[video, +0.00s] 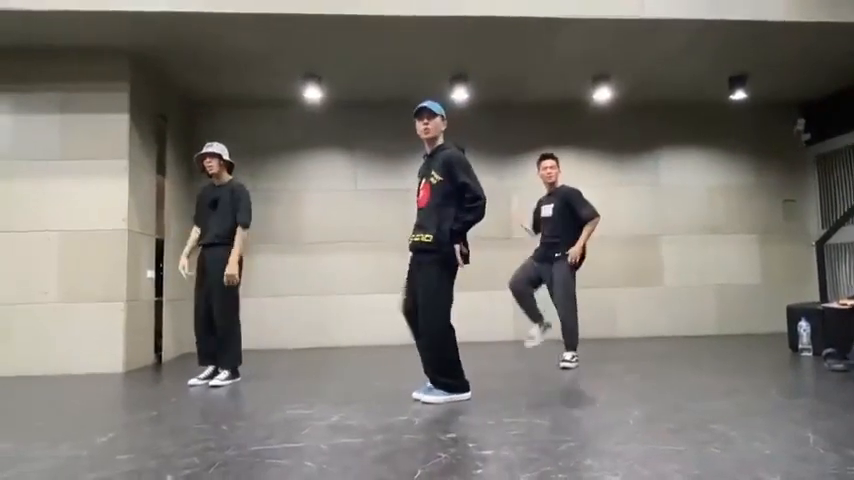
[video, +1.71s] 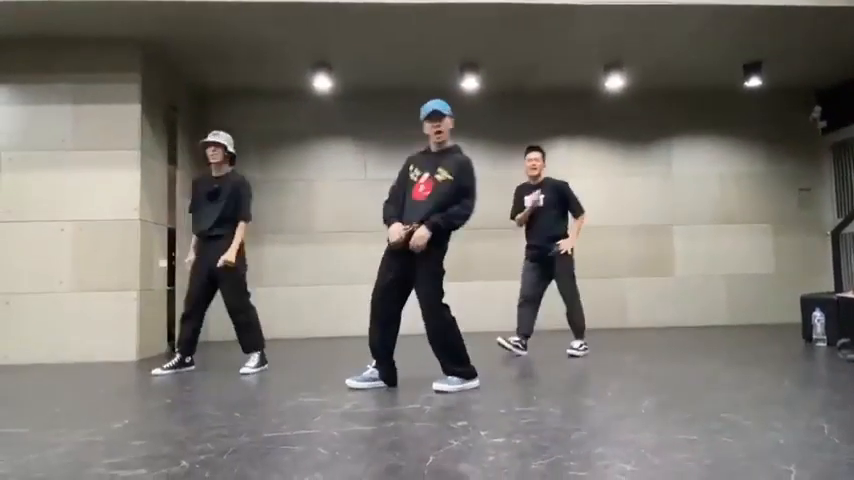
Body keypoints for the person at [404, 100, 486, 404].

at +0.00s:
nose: (425, 123)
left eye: (431, 118)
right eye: (420, 119)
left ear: (444, 123)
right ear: (416, 126)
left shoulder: (451, 157)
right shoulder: (427, 163)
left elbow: (477, 202)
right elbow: (437, 205)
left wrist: (456, 233)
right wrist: (452, 237)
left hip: (440, 253)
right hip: (422, 252)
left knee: (433, 317)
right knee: (412, 310)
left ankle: (454, 384)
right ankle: (439, 380)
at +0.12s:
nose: (425, 120)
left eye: (431, 115)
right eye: (421, 116)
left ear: (444, 120)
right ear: (417, 123)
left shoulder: (452, 156)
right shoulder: (426, 163)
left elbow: (467, 203)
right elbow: (430, 206)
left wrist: (443, 236)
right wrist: (419, 237)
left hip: (438, 250)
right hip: (418, 247)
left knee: (439, 319)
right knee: (390, 289)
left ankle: (455, 384)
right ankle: (425, 343)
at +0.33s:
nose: (423, 117)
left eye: (429, 112)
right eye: (419, 114)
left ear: (442, 118)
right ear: (415, 122)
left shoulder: (449, 152)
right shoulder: (425, 159)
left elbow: (449, 196)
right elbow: (426, 202)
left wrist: (411, 215)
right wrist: (411, 228)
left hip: (436, 247)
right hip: (415, 242)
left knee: (434, 313)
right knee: (377, 277)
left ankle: (457, 382)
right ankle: (410, 326)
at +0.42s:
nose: (421, 118)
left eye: (427, 113)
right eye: (416, 114)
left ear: (439, 118)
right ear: (412, 122)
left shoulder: (447, 151)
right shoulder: (423, 158)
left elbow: (445, 197)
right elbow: (420, 208)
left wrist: (404, 209)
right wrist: (400, 243)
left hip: (434, 250)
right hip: (413, 248)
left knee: (438, 316)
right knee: (385, 305)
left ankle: (458, 381)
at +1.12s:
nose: (381, 122)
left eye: (387, 117)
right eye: (380, 118)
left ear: (404, 121)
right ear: (395, 124)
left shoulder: (399, 145)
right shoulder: (401, 146)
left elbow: (410, 186)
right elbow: (407, 189)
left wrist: (390, 223)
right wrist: (387, 226)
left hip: (410, 242)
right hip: (401, 242)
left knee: (420, 307)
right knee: (390, 306)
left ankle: (460, 373)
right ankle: (384, 374)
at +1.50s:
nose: (398, 127)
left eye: (404, 122)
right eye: (395, 123)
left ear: (419, 125)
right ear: (394, 128)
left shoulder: (426, 152)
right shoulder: (409, 156)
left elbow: (426, 202)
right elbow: (400, 199)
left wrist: (396, 234)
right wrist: (387, 230)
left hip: (414, 246)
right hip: (394, 244)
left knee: (414, 308)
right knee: (372, 303)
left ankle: (461, 372)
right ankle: (381, 371)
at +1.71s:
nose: (436, 125)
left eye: (441, 119)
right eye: (430, 120)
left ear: (451, 122)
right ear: (424, 126)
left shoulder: (460, 162)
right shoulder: (414, 160)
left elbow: (464, 207)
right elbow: (394, 196)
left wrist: (430, 226)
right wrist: (392, 222)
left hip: (429, 245)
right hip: (400, 242)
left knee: (432, 308)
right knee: (383, 303)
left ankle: (462, 373)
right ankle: (382, 370)